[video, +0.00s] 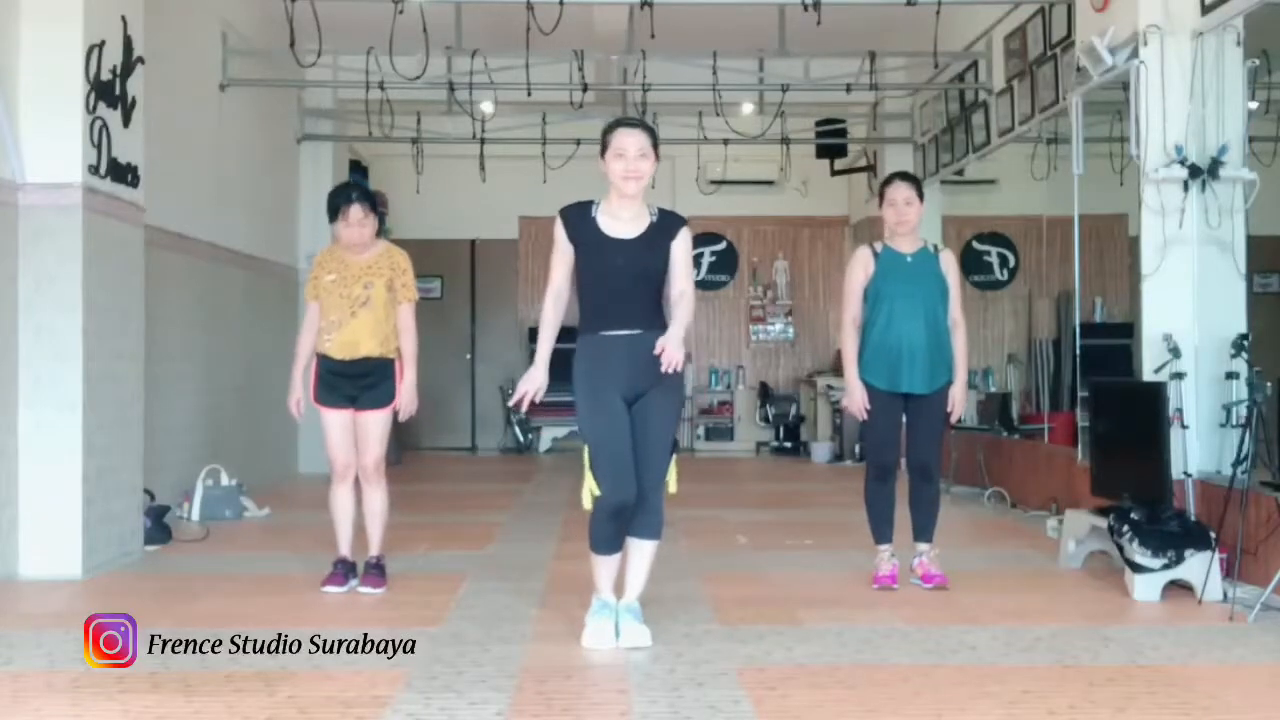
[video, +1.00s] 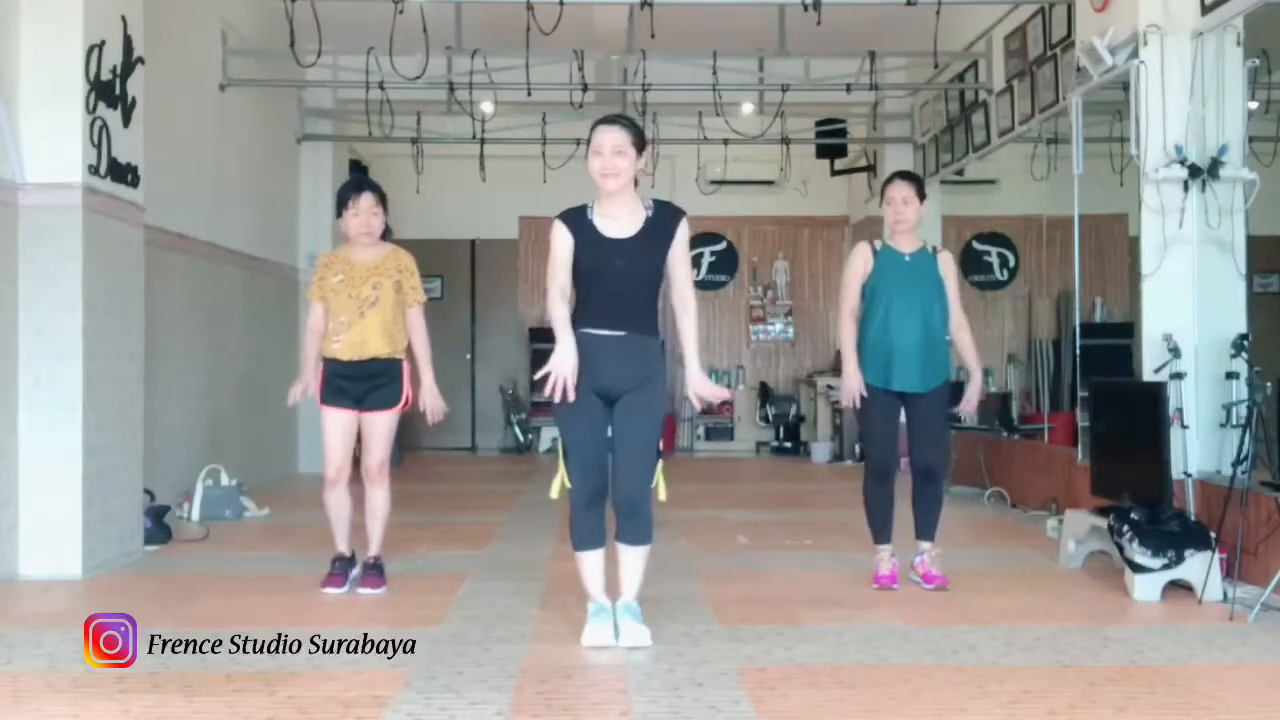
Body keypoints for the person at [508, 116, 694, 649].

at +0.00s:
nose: (631, 164)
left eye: (641, 154)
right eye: (620, 154)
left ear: (655, 163)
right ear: (603, 162)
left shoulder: (672, 227)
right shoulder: (573, 222)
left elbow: (682, 294)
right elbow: (556, 295)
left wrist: (678, 331)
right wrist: (540, 364)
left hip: (658, 365)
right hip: (597, 366)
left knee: (650, 490)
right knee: (617, 491)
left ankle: (630, 606)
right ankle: (603, 603)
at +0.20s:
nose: (635, 169)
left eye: (645, 159)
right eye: (624, 159)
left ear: (658, 168)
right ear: (605, 166)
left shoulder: (672, 236)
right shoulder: (573, 222)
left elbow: (677, 303)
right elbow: (547, 297)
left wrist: (669, 345)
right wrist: (525, 364)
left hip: (657, 366)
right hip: (599, 367)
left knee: (654, 491)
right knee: (622, 492)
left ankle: (630, 605)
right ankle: (603, 600)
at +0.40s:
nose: (636, 166)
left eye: (646, 156)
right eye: (625, 156)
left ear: (659, 165)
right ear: (606, 164)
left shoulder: (673, 233)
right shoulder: (575, 219)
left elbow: (681, 294)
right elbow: (541, 288)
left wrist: (674, 329)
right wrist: (513, 352)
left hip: (659, 364)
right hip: (601, 365)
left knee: (653, 489)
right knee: (621, 490)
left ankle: (631, 604)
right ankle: (603, 600)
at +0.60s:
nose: (630, 167)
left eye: (640, 158)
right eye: (619, 157)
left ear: (655, 168)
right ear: (602, 165)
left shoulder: (670, 235)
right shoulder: (572, 222)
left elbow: (682, 302)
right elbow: (541, 296)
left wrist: (688, 350)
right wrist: (517, 362)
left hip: (659, 368)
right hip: (600, 368)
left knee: (652, 490)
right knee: (620, 494)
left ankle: (632, 605)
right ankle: (603, 601)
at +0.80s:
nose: (615, 159)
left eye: (627, 150)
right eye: (606, 150)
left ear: (647, 161)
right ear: (594, 159)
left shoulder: (671, 224)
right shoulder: (572, 222)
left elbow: (686, 303)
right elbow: (551, 304)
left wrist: (698, 374)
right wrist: (538, 379)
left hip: (651, 363)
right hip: (588, 363)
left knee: (642, 486)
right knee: (599, 488)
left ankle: (630, 604)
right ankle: (600, 605)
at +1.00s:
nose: (607, 161)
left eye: (619, 151)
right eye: (598, 151)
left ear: (641, 159)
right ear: (586, 159)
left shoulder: (670, 223)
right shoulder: (569, 225)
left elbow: (684, 300)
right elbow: (558, 296)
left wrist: (693, 370)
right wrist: (565, 344)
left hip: (644, 369)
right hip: (581, 368)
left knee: (634, 488)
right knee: (587, 486)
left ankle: (628, 605)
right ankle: (597, 605)